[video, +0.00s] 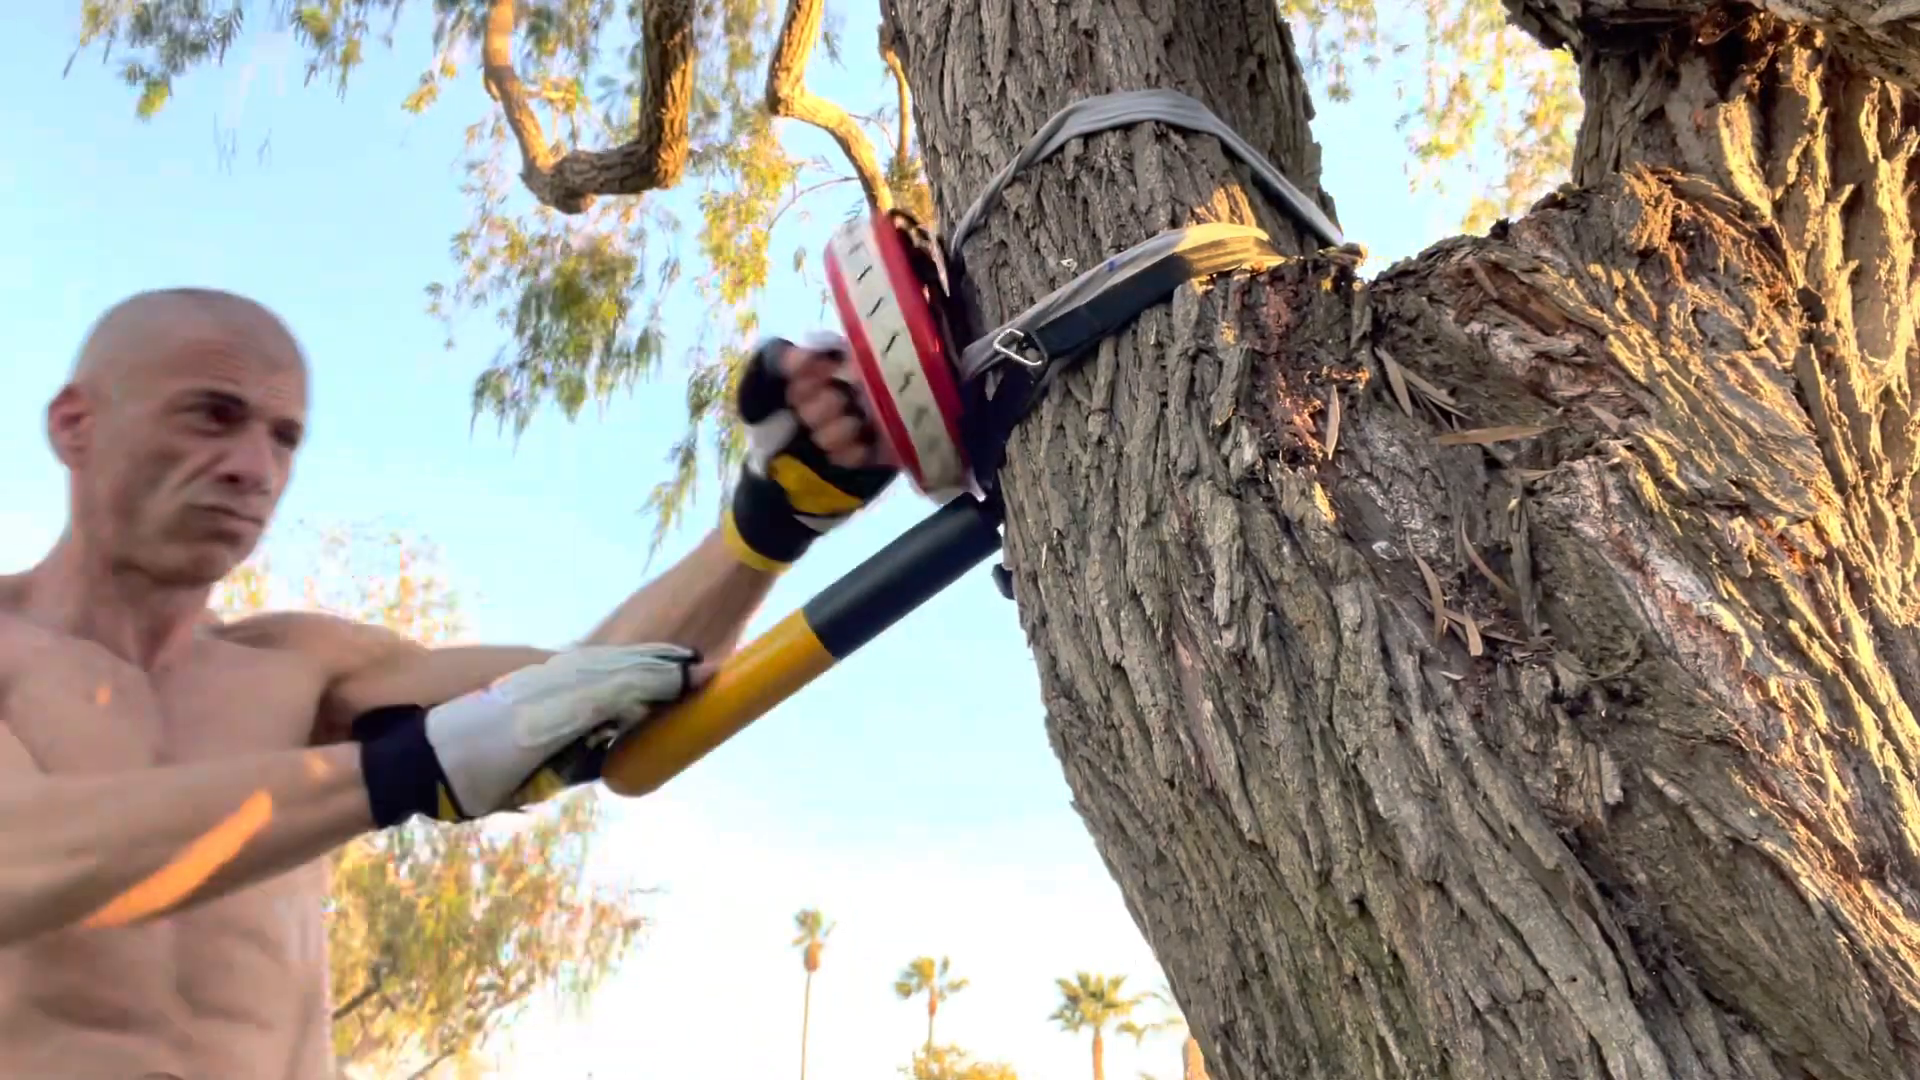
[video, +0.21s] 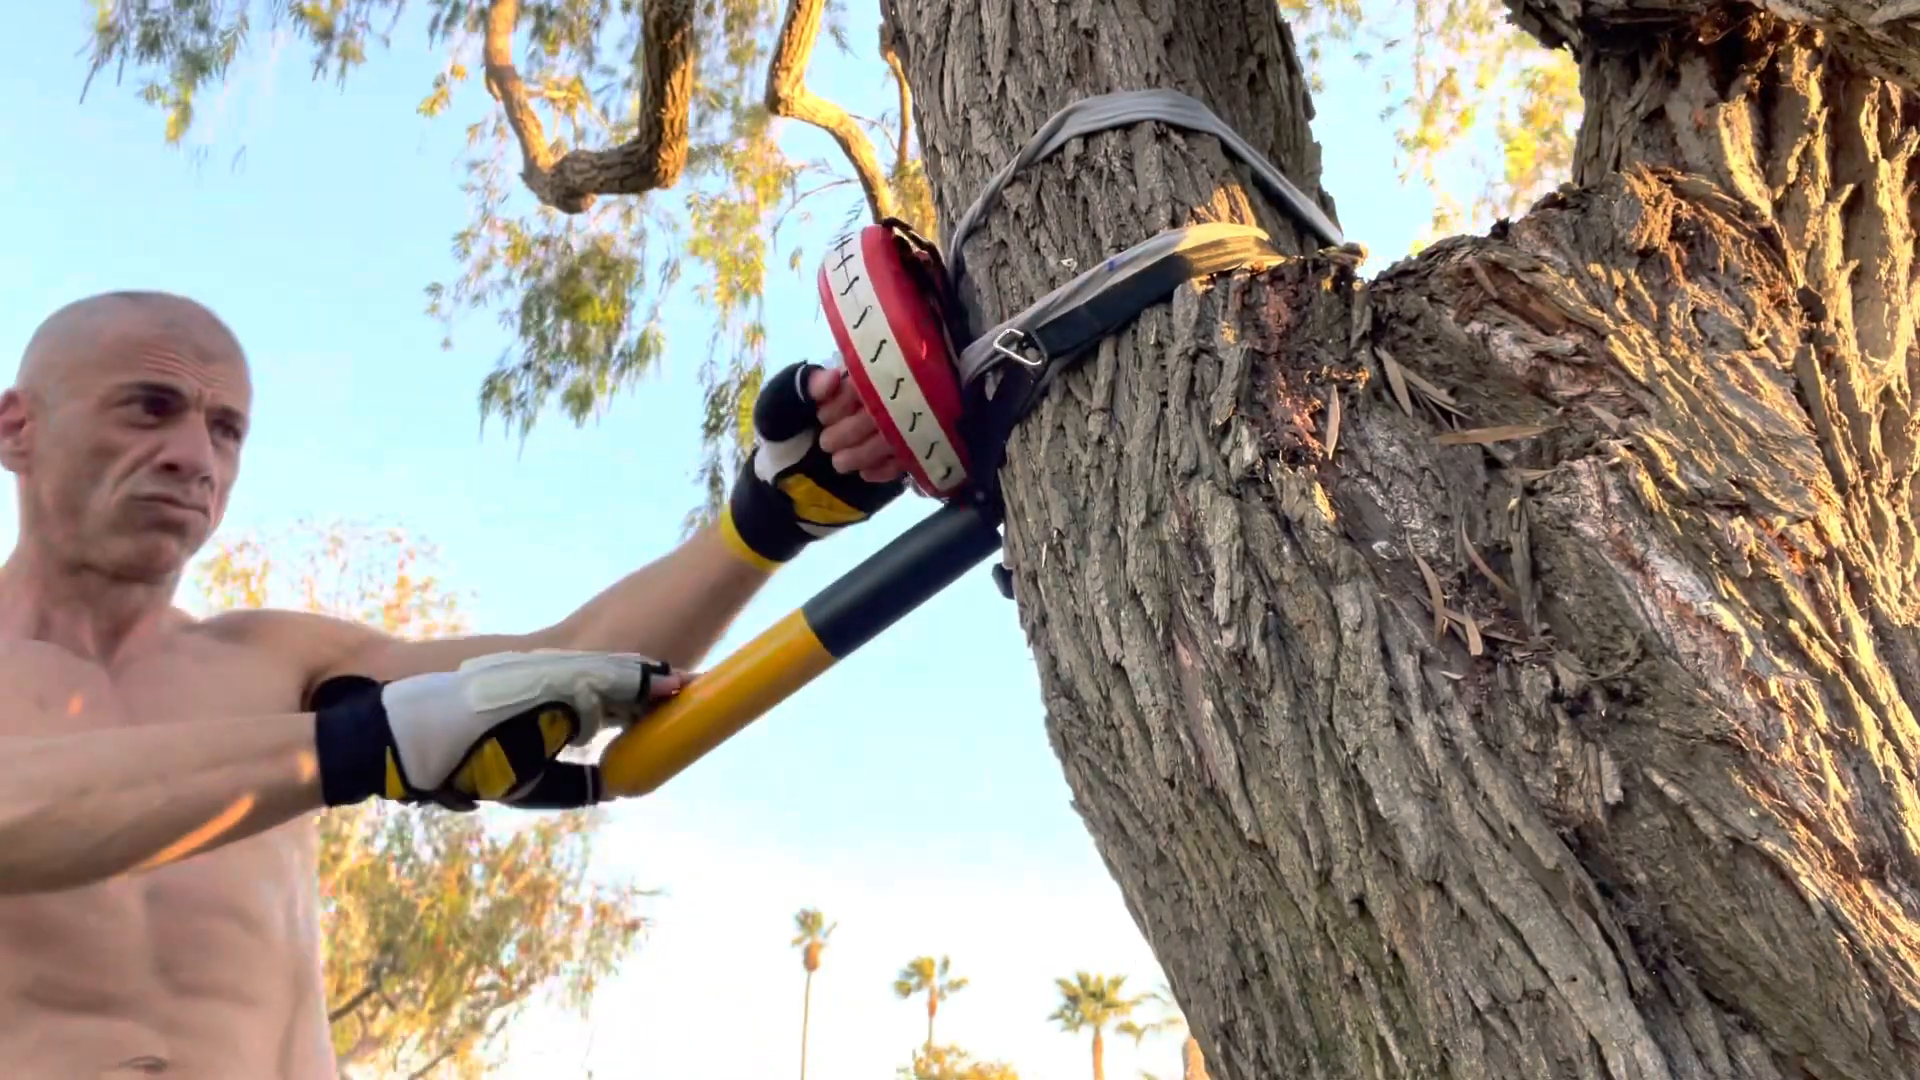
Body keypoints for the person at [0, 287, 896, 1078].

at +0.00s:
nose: (257, 465)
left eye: (283, 439)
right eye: (213, 415)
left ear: (295, 467)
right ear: (72, 426)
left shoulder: (303, 664)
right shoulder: (14, 653)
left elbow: (585, 706)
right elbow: (25, 873)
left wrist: (775, 512)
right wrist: (415, 766)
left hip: (279, 1062)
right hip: (61, 1060)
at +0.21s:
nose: (193, 456)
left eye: (223, 430)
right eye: (147, 407)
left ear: (239, 465)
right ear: (19, 429)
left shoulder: (281, 659)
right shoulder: (7, 657)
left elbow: (558, 672)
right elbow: (23, 831)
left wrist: (773, 512)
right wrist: (359, 746)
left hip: (272, 1060)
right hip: (49, 1058)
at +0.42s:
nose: (336, 459)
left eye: (363, 434)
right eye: (290, 410)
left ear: (377, 473)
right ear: (161, 432)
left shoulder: (407, 707)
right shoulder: (31, 653)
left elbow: (719, 810)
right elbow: (19, 794)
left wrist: (789, 596)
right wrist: (361, 684)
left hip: (365, 1058)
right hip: (82, 1055)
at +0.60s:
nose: (633, 485)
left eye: (650, 465)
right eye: (598, 436)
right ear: (469, 440)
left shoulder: (591, 735)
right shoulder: (331, 610)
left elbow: (783, 979)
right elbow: (294, 455)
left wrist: (785, 763)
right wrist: (610, 538)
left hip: (529, 1061)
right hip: (303, 1052)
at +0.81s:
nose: (784, 462)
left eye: (789, 445)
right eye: (739, 424)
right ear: (632, 425)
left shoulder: (715, 766)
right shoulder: (529, 523)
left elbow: (787, 1023)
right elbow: (820, 350)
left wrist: (792, 768)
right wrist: (876, 601)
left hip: (607, 1060)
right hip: (378, 1052)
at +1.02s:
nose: (663, 484)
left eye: (690, 448)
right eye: (636, 437)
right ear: (504, 440)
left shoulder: (621, 731)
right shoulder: (376, 574)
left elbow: (762, 991)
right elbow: (675, 432)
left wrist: (778, 710)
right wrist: (835, 500)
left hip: (541, 1059)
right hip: (307, 1051)